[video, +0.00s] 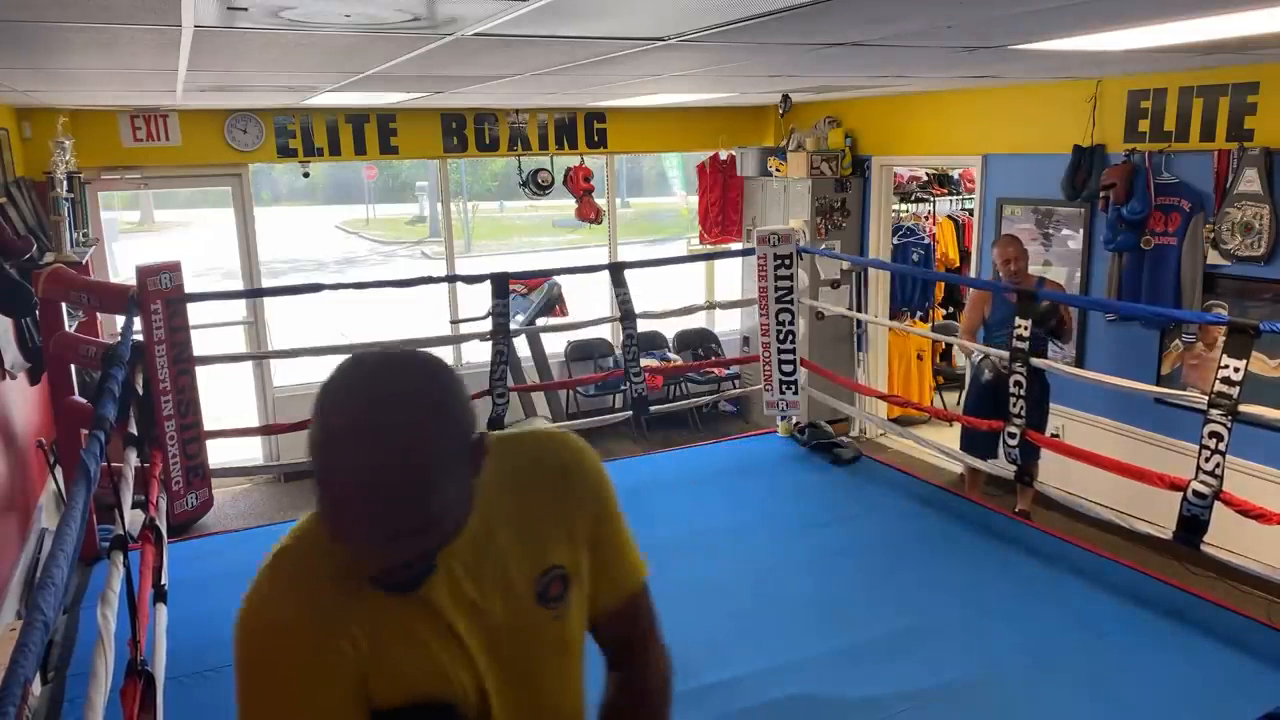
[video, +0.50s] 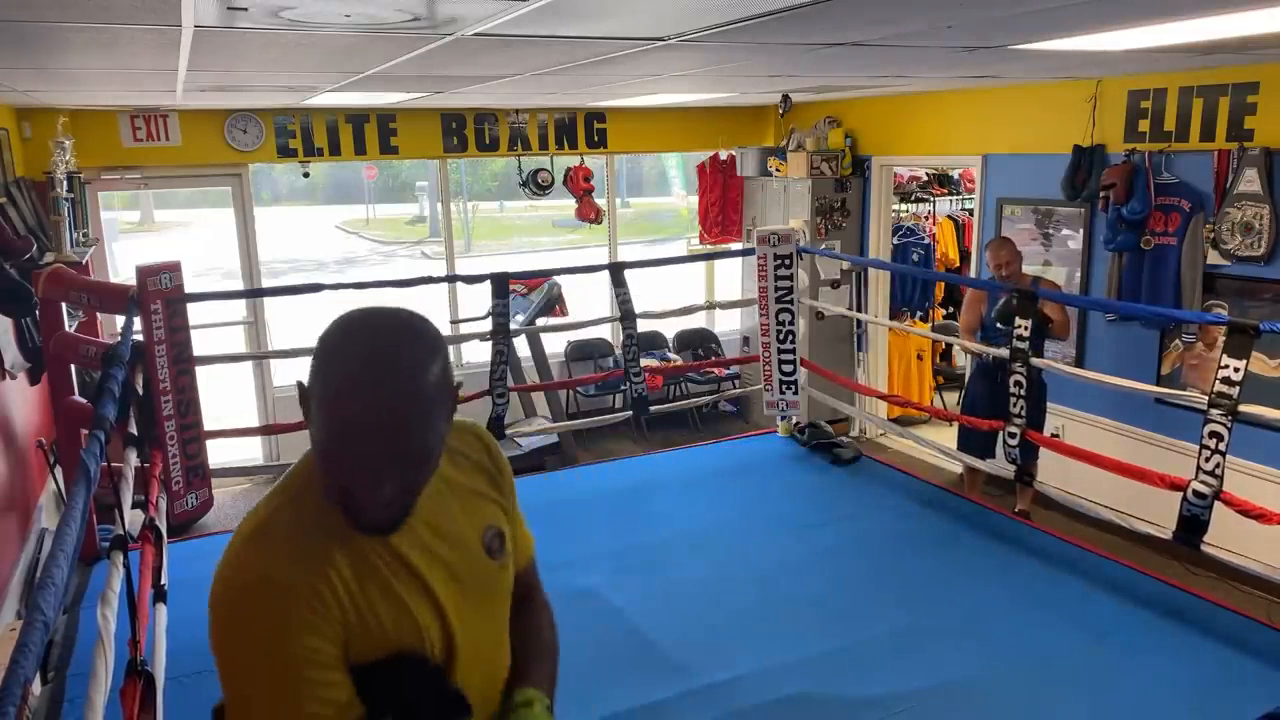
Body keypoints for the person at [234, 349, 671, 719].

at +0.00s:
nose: (378, 568)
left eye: (413, 548)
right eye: (351, 541)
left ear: (478, 461)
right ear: (318, 476)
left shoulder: (556, 473)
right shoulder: (287, 623)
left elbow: (636, 654)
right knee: (423, 705)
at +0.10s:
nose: (368, 575)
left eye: (400, 552)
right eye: (335, 547)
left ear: (461, 466)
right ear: (296, 482)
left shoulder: (538, 469)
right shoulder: (273, 630)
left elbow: (620, 646)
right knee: (419, 708)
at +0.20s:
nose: (364, 576)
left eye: (395, 555)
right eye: (331, 547)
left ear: (452, 464)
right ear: (290, 473)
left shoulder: (517, 467)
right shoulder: (264, 629)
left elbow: (588, 626)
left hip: (523, 702)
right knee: (410, 708)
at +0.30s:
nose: (358, 553)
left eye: (396, 528)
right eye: (332, 519)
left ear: (454, 449)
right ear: (294, 439)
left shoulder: (502, 467)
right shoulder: (261, 621)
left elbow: (560, 626)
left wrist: (554, 711)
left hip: (512, 701)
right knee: (398, 705)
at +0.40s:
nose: (378, 525)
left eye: (410, 493)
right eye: (346, 490)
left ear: (453, 434)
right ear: (302, 428)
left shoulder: (487, 460)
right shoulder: (262, 604)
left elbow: (536, 607)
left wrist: (537, 708)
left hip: (504, 699)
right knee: (402, 696)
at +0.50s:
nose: (377, 500)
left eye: (409, 471)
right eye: (346, 471)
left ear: (451, 411)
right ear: (306, 410)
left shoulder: (477, 457)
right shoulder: (270, 584)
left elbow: (524, 595)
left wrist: (530, 702)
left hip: (496, 699)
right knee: (408, 681)